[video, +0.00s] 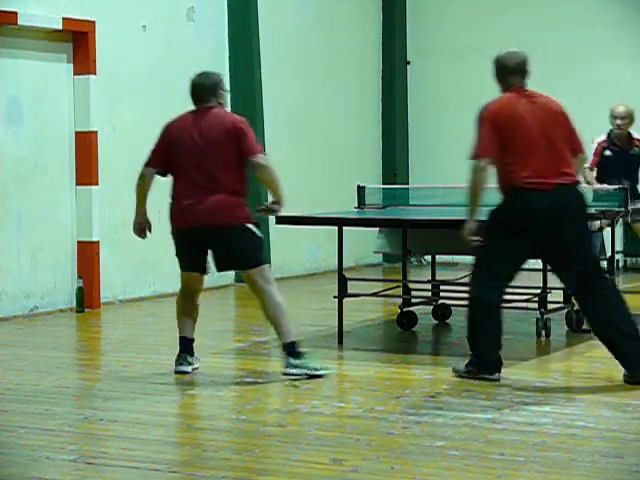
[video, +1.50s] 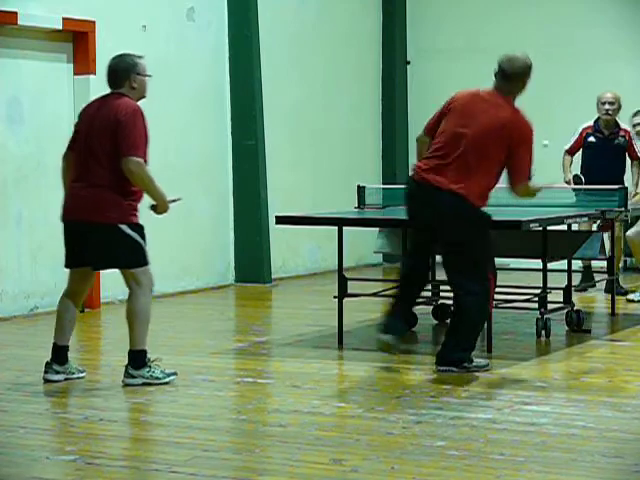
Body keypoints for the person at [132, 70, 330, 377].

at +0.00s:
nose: (227, 96)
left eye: (225, 91)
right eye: (225, 92)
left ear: (194, 97)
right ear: (220, 95)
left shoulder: (175, 128)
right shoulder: (235, 124)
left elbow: (147, 174)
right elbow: (258, 162)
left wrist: (140, 213)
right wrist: (278, 195)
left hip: (186, 222)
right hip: (230, 219)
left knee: (189, 287)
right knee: (264, 283)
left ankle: (185, 355)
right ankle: (293, 354)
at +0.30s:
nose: (195, 84)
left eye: (193, 79)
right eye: (192, 79)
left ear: (163, 83)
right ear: (184, 82)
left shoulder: (143, 115)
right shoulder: (195, 111)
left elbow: (123, 166)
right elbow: (217, 159)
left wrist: (132, 200)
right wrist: (240, 187)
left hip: (147, 214)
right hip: (184, 213)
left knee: (173, 282)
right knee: (197, 285)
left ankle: (183, 354)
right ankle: (146, 344)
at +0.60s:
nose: (172, 78)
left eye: (172, 73)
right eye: (170, 73)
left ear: (139, 77)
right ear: (159, 76)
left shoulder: (115, 106)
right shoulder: (163, 107)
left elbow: (93, 154)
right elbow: (173, 158)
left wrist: (87, 198)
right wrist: (197, 187)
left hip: (110, 209)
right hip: (144, 212)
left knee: (137, 281)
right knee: (145, 284)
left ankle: (131, 354)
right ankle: (123, 364)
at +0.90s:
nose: (148, 82)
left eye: (147, 77)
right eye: (145, 77)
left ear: (117, 81)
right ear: (132, 79)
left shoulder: (91, 108)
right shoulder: (131, 108)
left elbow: (72, 158)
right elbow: (131, 157)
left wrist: (89, 192)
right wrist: (160, 197)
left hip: (76, 210)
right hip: (113, 213)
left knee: (78, 284)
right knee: (127, 285)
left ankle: (59, 361)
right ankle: (122, 365)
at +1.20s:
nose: (136, 82)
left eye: (135, 76)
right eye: (133, 77)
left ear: (105, 79)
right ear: (119, 78)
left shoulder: (78, 106)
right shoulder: (116, 108)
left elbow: (57, 155)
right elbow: (115, 160)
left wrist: (67, 192)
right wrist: (141, 196)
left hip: (61, 211)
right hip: (97, 213)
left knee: (68, 285)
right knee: (116, 285)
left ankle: (57, 362)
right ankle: (121, 364)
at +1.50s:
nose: (148, 82)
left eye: (147, 77)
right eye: (145, 77)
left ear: (117, 81)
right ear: (132, 80)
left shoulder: (90, 109)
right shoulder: (130, 110)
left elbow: (69, 159)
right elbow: (132, 163)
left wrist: (74, 200)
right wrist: (159, 198)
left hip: (77, 214)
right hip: (114, 215)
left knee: (76, 288)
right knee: (141, 283)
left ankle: (58, 363)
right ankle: (138, 365)